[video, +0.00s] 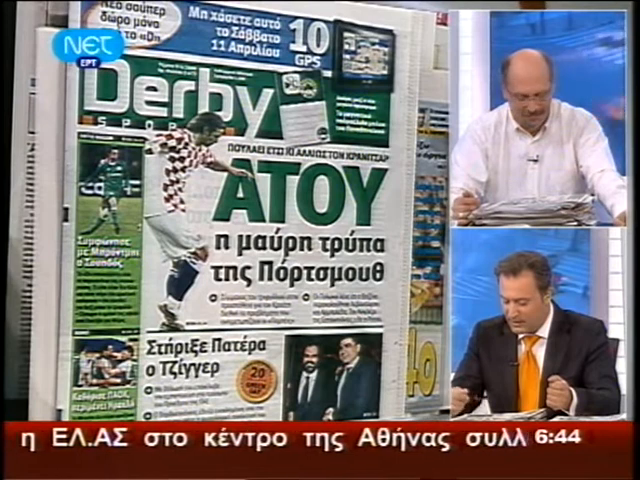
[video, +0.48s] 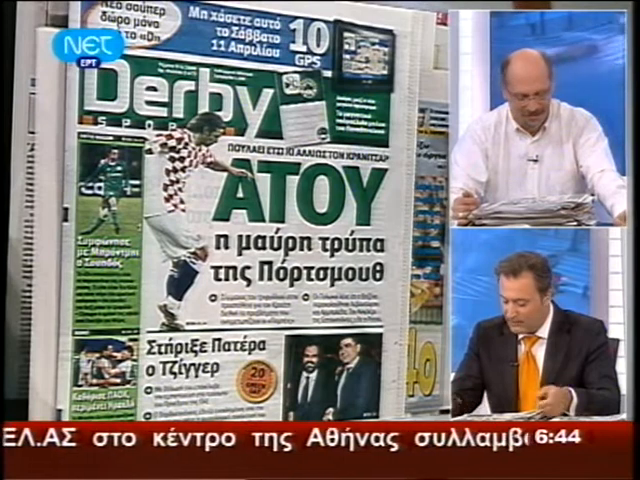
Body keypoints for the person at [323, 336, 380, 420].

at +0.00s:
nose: (343, 351)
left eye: (347, 346)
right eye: (341, 348)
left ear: (358, 348)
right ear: (339, 351)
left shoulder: (367, 368)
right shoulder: (341, 371)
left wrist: (335, 416)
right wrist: (332, 410)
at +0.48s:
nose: (343, 351)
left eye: (347, 346)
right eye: (341, 348)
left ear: (358, 348)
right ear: (339, 351)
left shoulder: (367, 368)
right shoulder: (341, 371)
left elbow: (361, 408)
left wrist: (335, 416)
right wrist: (331, 410)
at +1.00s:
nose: (343, 351)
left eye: (347, 346)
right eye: (341, 348)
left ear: (358, 348)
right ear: (339, 351)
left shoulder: (367, 368)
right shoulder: (341, 371)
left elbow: (360, 408)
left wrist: (335, 416)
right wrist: (331, 410)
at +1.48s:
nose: (343, 351)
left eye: (347, 346)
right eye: (341, 348)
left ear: (358, 348)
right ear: (339, 351)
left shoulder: (367, 368)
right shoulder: (341, 371)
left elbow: (361, 407)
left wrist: (335, 416)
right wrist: (332, 410)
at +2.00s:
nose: (343, 351)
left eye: (347, 346)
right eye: (341, 348)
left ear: (358, 348)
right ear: (339, 351)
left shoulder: (367, 368)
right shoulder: (341, 371)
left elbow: (361, 408)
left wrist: (335, 416)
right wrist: (331, 410)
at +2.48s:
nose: (343, 351)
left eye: (347, 346)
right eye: (341, 348)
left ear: (358, 348)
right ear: (339, 351)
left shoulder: (367, 367)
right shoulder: (341, 371)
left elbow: (362, 407)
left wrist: (335, 416)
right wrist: (332, 410)